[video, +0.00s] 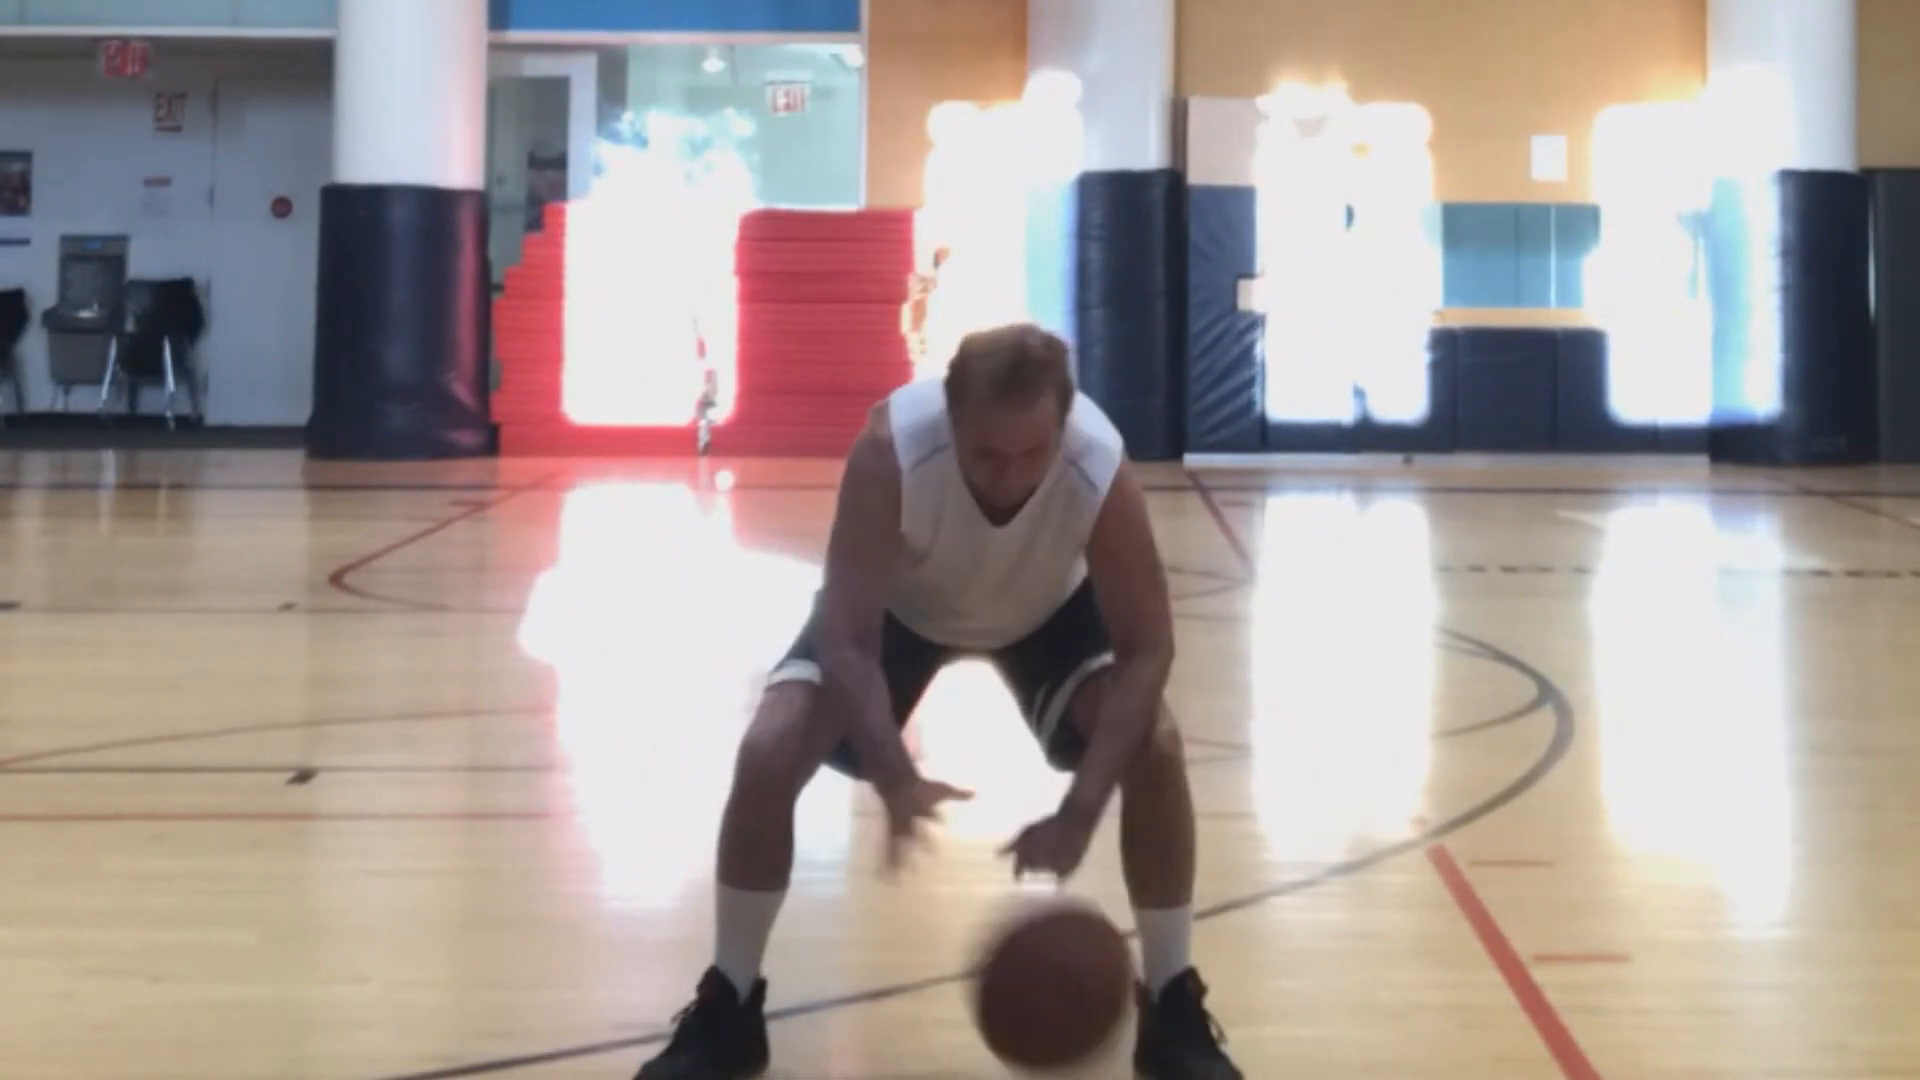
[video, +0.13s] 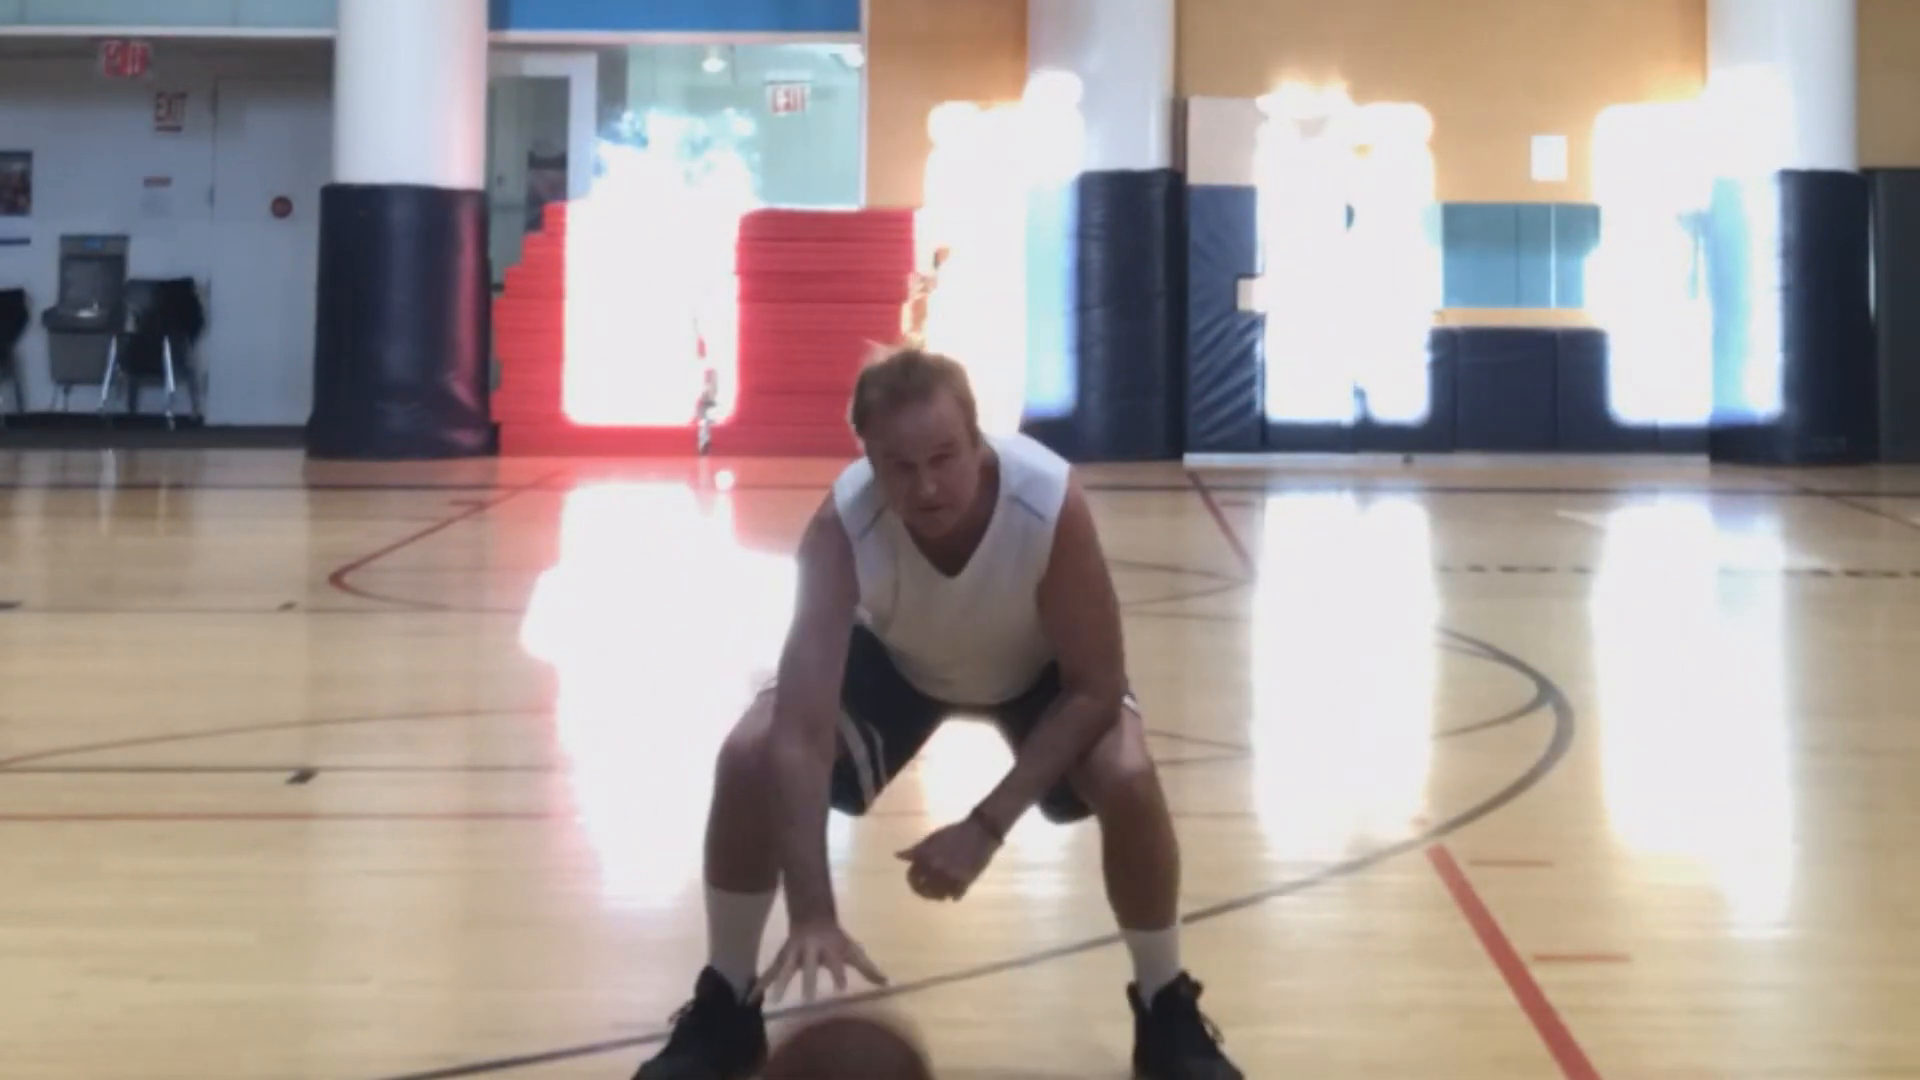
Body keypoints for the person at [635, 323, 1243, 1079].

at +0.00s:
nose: (1009, 476)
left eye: (1032, 454)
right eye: (988, 454)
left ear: (1062, 428)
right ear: (953, 425)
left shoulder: (1097, 466)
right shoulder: (891, 449)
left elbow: (1148, 648)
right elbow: (845, 639)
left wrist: (1078, 815)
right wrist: (894, 773)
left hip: (1045, 609)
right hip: (900, 608)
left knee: (1150, 743)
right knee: (765, 755)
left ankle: (1174, 1009)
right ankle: (729, 1008)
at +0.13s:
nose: (926, 487)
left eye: (943, 459)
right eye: (900, 467)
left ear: (978, 440)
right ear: (869, 460)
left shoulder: (1049, 504)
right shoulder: (841, 530)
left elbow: (1097, 688)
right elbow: (800, 731)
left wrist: (985, 827)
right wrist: (813, 914)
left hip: (1037, 670)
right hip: (896, 665)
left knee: (1129, 782)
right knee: (747, 759)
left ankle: (1168, 1015)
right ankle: (724, 1011)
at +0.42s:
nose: (938, 448)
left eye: (958, 424)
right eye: (916, 428)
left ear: (996, 392)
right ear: (886, 407)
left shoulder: (1056, 441)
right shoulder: (843, 438)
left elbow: (1086, 624)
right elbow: (815, 629)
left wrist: (1030, 786)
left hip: (1032, 598)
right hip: (890, 595)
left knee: (1126, 748)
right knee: (770, 743)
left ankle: (1175, 1002)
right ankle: (724, 1003)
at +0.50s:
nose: (958, 420)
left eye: (977, 394)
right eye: (934, 401)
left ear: (1007, 369)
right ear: (899, 385)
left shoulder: (1067, 437)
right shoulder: (851, 441)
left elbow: (1145, 605)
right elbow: (832, 644)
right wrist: (867, 815)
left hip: (1045, 594)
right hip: (900, 595)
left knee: (1127, 743)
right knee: (774, 742)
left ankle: (1179, 1011)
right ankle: (722, 1006)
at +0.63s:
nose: (1354, 406)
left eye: (1364, 395)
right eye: (1358, 391)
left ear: (1315, 361)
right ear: (1317, 366)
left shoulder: (1283, 409)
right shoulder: (1145, 365)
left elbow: (1219, 519)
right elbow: (1004, 522)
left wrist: (1209, 653)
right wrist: (941, 701)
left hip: (1108, 556)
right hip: (978, 550)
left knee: (1191, 713)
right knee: (943, 780)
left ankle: (1175, 1010)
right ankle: (834, 991)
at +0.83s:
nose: (1184, 85)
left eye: (1201, 65)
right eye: (1165, 68)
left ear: (1229, 69)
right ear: (1137, 75)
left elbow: (1316, 315)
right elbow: (1008, 323)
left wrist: (1378, 383)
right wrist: (976, 456)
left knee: (1231, 674)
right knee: (1156, 692)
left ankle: (1245, 941)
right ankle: (1138, 863)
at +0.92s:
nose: (1005, 332)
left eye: (1026, 310)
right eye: (984, 311)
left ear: (1064, 289)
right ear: (953, 288)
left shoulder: (1118, 363)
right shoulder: (904, 335)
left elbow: (1140, 540)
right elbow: (824, 476)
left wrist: (1086, 680)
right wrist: (771, 588)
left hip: (1069, 556)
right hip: (919, 551)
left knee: (1117, 747)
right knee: (832, 741)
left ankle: (1167, 1005)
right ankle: (764, 1012)